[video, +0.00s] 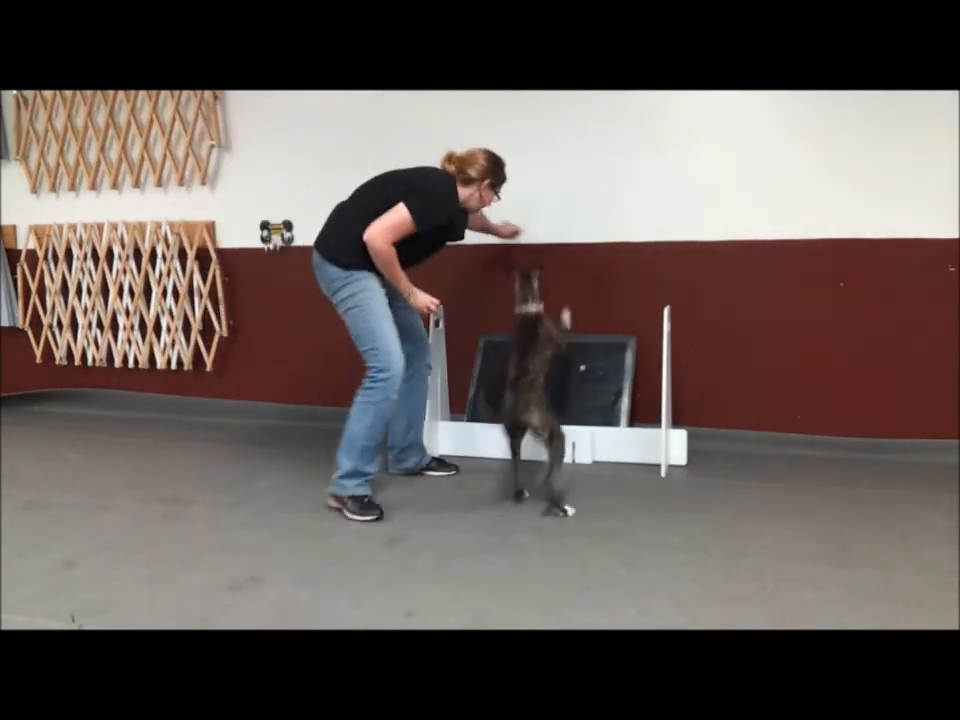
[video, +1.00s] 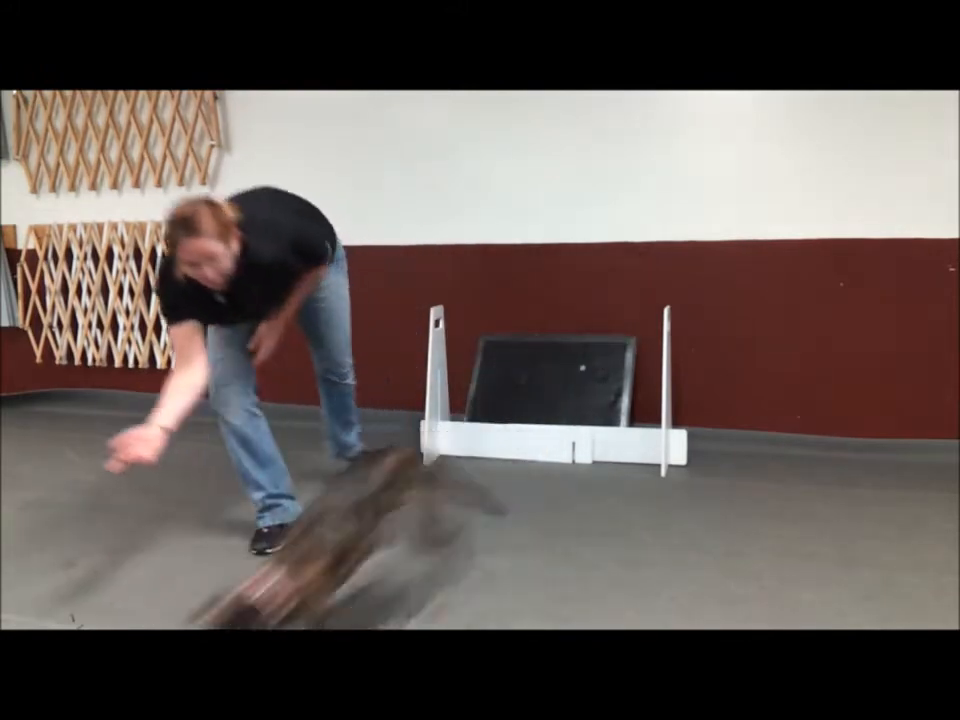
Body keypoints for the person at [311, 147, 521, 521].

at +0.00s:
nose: (492, 201)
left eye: (495, 194)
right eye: (493, 193)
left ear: (475, 183)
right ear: (479, 183)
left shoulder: (453, 201)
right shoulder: (438, 194)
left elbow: (468, 217)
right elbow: (376, 237)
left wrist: (495, 229)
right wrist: (410, 293)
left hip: (379, 265)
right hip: (346, 264)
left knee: (417, 357)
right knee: (387, 366)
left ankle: (407, 457)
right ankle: (349, 486)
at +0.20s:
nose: (496, 200)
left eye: (499, 193)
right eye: (496, 192)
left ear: (477, 182)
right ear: (479, 184)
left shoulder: (455, 207)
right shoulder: (431, 196)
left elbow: (423, 231)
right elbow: (369, 247)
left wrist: (458, 243)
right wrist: (413, 290)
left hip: (379, 263)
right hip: (339, 260)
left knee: (419, 353)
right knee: (394, 347)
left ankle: (413, 456)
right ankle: (394, 468)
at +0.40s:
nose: (481, 237)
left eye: (484, 231)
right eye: (482, 230)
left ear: (465, 220)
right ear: (468, 223)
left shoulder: (449, 241)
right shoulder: (405, 228)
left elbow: (413, 275)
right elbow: (388, 303)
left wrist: (424, 312)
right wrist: (435, 352)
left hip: (366, 270)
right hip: (317, 256)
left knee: (407, 352)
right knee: (345, 341)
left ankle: (407, 458)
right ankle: (350, 462)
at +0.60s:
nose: (423, 303)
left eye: (427, 297)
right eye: (420, 297)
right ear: (395, 287)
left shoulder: (400, 261)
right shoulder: (352, 296)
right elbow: (382, 383)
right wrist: (431, 449)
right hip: (291, 285)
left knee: (410, 367)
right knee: (284, 384)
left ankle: (406, 458)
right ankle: (282, 506)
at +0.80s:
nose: (311, 324)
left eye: (319, 312)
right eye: (301, 315)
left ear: (331, 297)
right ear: (273, 302)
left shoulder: (349, 276)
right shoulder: (250, 303)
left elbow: (336, 310)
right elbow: (273, 394)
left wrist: (316, 346)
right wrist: (289, 471)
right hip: (248, 281)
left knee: (372, 370)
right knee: (236, 396)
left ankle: (407, 459)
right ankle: (274, 505)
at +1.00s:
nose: (206, 274)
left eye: (213, 260)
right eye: (193, 266)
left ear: (234, 240)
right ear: (177, 260)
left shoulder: (281, 233)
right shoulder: (175, 279)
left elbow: (317, 266)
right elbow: (190, 365)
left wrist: (279, 322)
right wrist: (156, 428)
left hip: (305, 272)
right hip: (230, 304)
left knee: (337, 369)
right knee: (231, 401)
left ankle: (350, 452)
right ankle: (276, 511)